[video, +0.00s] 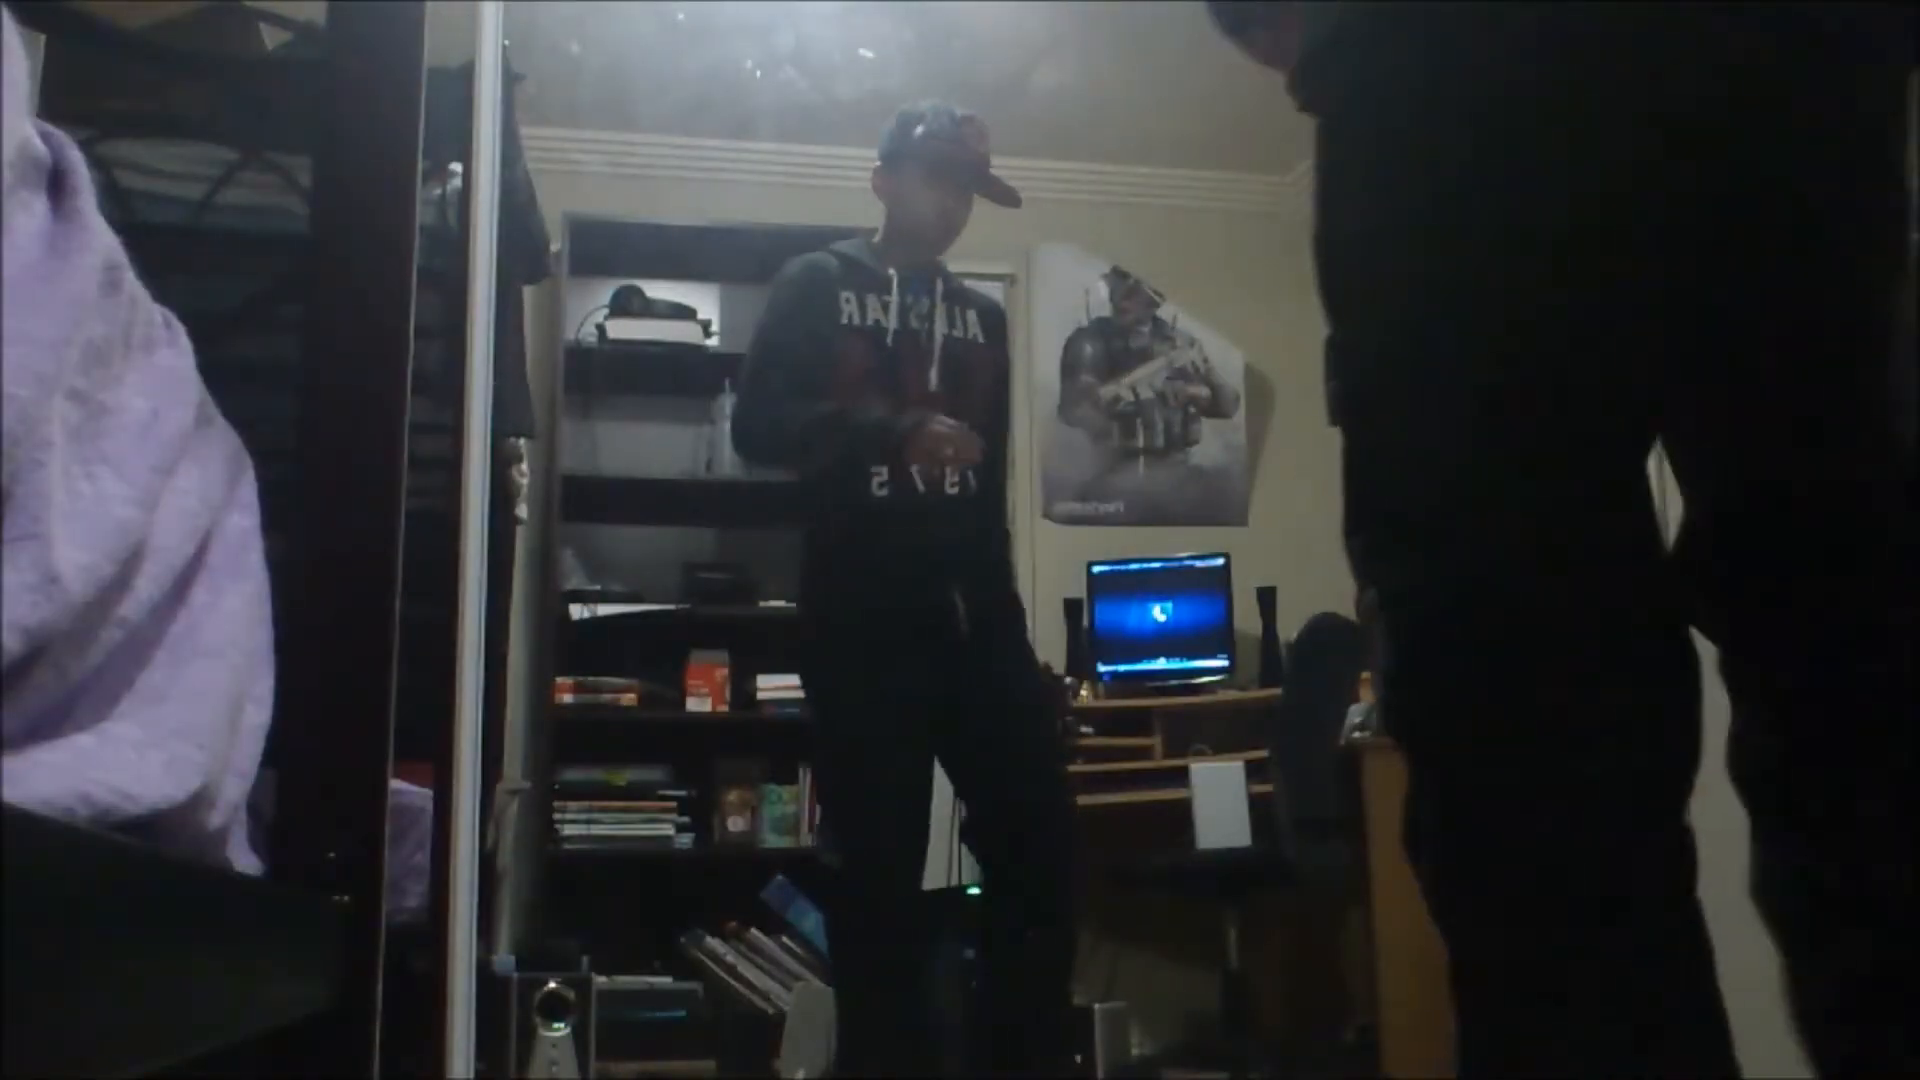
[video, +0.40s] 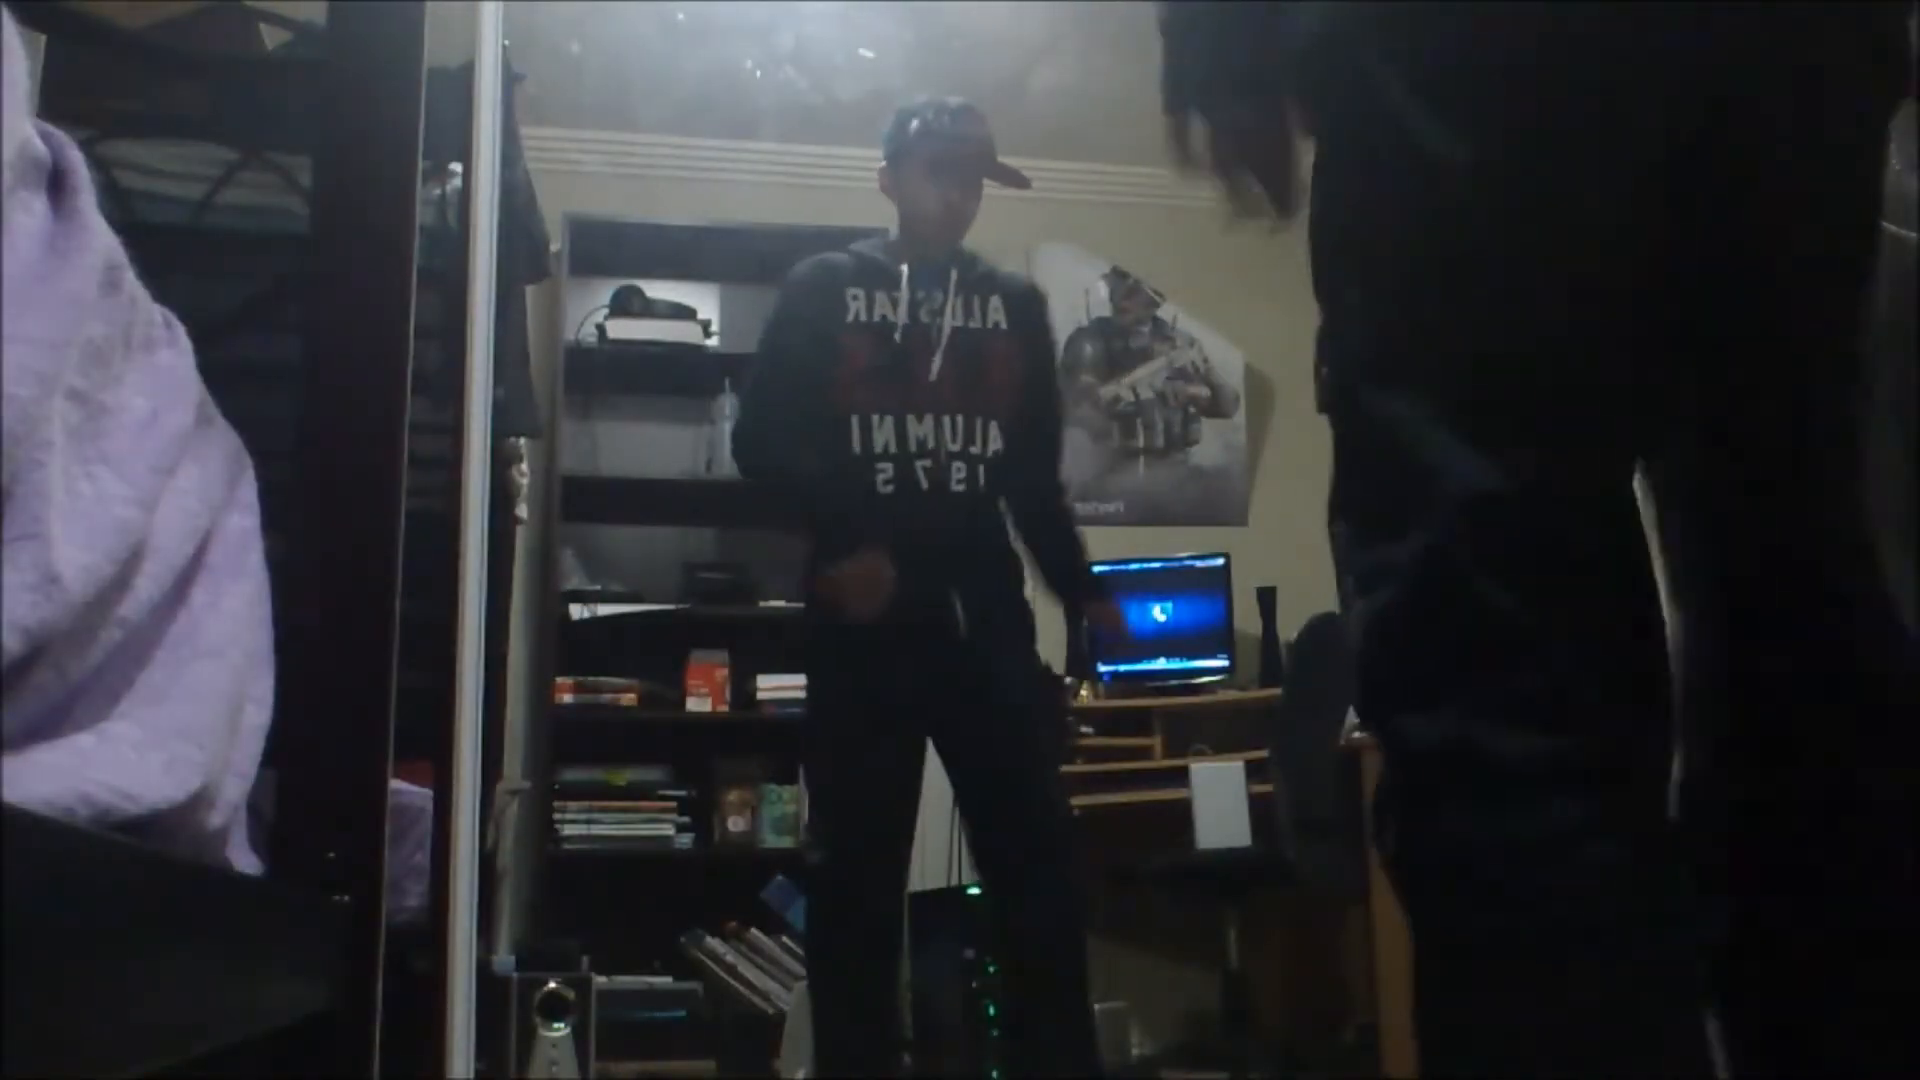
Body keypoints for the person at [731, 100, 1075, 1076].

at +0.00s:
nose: (954, 204)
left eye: (968, 188)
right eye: (938, 179)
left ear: (978, 199)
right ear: (885, 179)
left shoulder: (985, 318)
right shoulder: (816, 284)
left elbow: (998, 483)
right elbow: (757, 428)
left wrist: (1016, 638)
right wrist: (893, 433)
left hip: (976, 615)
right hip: (862, 610)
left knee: (1035, 843)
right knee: (878, 860)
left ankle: (1021, 1061)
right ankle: (881, 1066)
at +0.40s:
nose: (954, 196)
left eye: (970, 178)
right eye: (936, 172)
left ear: (986, 189)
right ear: (890, 177)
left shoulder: (1014, 305)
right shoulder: (824, 289)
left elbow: (1031, 474)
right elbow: (764, 438)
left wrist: (1080, 592)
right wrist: (844, 534)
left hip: (984, 613)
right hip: (861, 613)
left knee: (1033, 856)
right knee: (859, 870)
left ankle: (1054, 1068)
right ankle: (856, 1067)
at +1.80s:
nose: (1001, 171)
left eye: (1017, 154)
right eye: (982, 147)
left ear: (1031, 167)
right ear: (934, 149)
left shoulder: (1056, 295)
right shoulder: (873, 268)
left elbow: (1092, 451)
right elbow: (811, 409)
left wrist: (1139, 585)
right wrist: (935, 401)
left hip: (1036, 603)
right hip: (908, 597)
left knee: (1070, 861)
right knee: (907, 868)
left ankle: (1074, 1066)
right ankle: (899, 1067)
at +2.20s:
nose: (1009, 176)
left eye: (1026, 160)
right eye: (991, 151)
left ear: (1038, 172)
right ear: (943, 150)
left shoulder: (1060, 302)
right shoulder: (870, 269)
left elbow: (1086, 436)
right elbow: (798, 416)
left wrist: (1130, 514)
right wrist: (838, 531)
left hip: (1023, 589)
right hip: (897, 589)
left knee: (1071, 844)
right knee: (895, 854)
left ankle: (1084, 1060)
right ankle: (888, 1063)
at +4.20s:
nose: (921, 250)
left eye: (941, 234)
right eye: (906, 233)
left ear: (978, 241)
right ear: (884, 238)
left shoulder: (1038, 351)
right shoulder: (855, 365)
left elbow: (1100, 510)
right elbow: (817, 507)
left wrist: (1071, 635)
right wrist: (811, 581)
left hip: (1004, 658)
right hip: (882, 659)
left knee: (1025, 904)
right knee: (842, 894)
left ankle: (1049, 1069)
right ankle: (825, 1066)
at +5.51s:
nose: (997, 244)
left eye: (1008, 230)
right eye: (980, 225)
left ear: (1018, 242)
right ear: (932, 229)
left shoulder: (1040, 356)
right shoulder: (868, 336)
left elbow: (1086, 487)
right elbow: (828, 484)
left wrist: (1120, 596)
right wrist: (935, 492)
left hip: (1011, 641)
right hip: (900, 638)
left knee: (1052, 888)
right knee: (874, 894)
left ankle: (1065, 1069)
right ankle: (851, 1070)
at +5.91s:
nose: (1051, 244)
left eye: (1065, 228)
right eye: (1034, 222)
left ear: (1080, 239)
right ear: (988, 228)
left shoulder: (1102, 351)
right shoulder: (923, 332)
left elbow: (1143, 512)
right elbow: (844, 465)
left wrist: (1174, 531)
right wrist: (924, 527)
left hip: (1051, 632)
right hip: (937, 630)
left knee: (1066, 870)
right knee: (905, 869)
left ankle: (1066, 1063)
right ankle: (898, 1064)